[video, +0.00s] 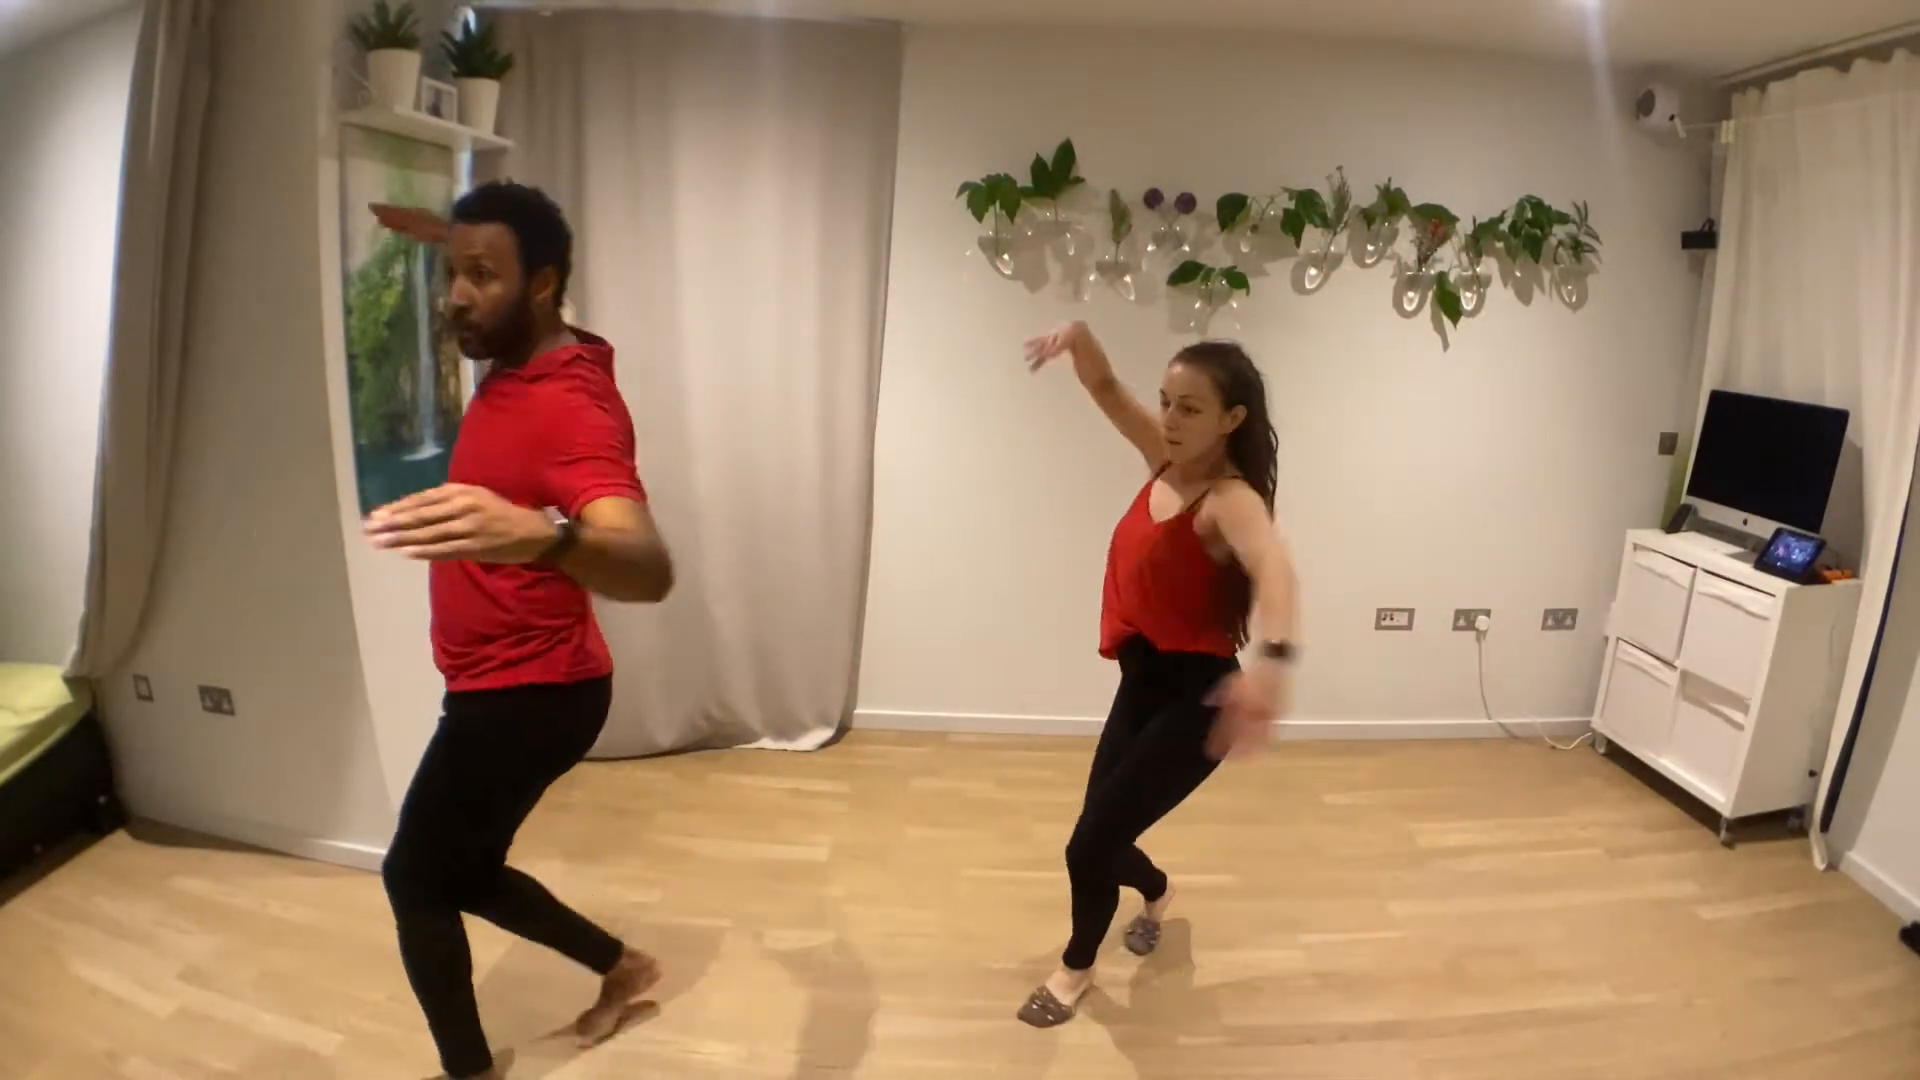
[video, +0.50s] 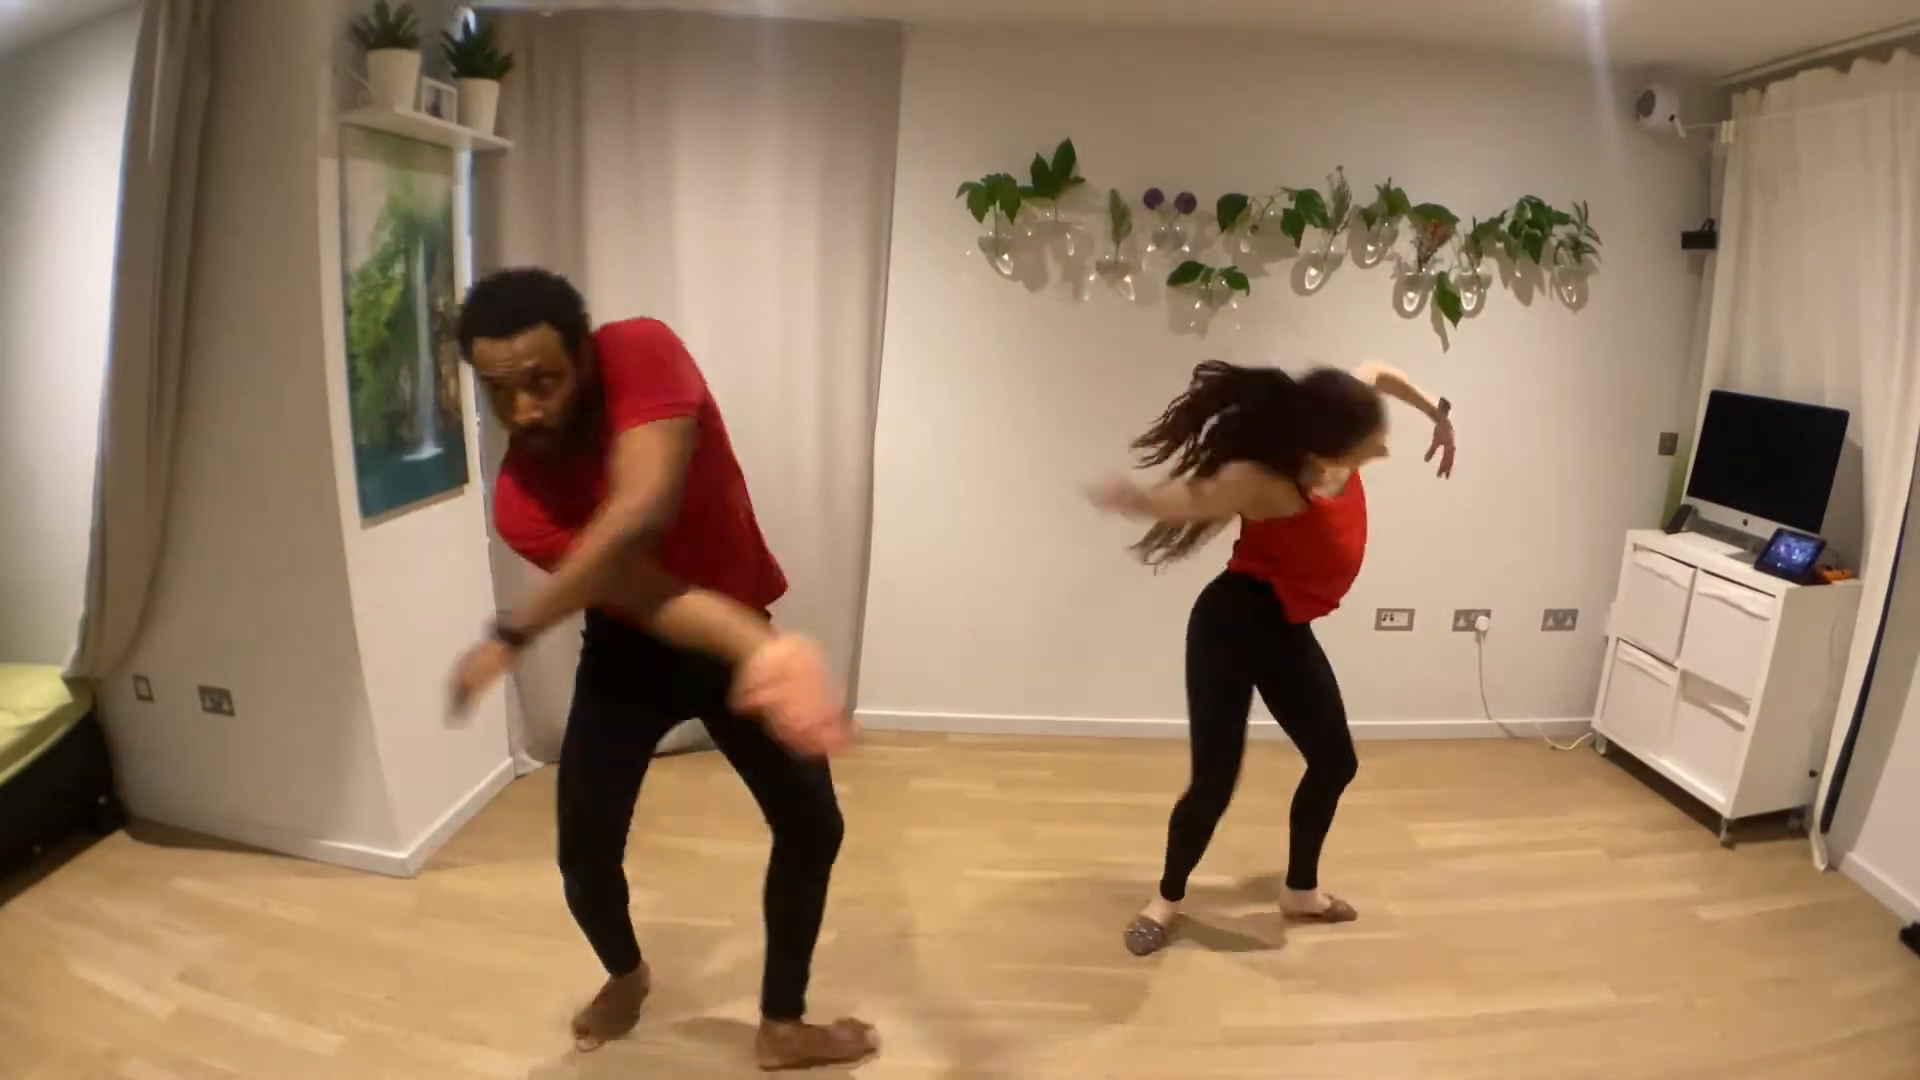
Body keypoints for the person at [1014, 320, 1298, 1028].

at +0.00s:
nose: (1168, 420)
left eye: (1188, 409)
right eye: (1167, 403)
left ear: (1232, 420)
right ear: (1160, 404)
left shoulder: (1231, 501)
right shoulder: (1167, 458)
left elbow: (1275, 567)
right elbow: (1107, 391)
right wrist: (1078, 338)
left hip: (1202, 692)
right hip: (1144, 678)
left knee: (1092, 849)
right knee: (1096, 831)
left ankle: (1074, 970)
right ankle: (1156, 889)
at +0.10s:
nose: (1190, 404)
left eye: (1210, 393)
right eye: (1181, 387)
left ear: (1241, 405)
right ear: (1169, 389)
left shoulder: (1253, 489)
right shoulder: (1146, 441)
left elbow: (1357, 552)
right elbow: (1092, 373)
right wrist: (1071, 290)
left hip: (1223, 680)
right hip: (1157, 671)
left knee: (1132, 831)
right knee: (1116, 826)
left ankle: (1074, 972)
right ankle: (1171, 900)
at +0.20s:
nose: (1220, 389)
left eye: (1236, 376)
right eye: (1206, 373)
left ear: (1256, 384)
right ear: (1181, 378)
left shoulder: (1273, 466)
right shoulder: (1149, 438)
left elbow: (1371, 516)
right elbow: (1070, 380)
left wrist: (1466, 557)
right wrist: (1049, 289)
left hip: (1246, 662)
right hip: (1169, 663)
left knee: (1187, 820)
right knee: (1129, 818)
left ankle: (1149, 939)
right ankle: (1178, 891)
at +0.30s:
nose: (1254, 375)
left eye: (1264, 359)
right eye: (1233, 363)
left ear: (1280, 364)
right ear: (1202, 375)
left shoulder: (1308, 447)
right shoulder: (1177, 441)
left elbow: (1366, 480)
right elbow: (1073, 391)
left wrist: (1412, 497)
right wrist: (1024, 315)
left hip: (1264, 640)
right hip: (1184, 634)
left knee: (1252, 802)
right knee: (1148, 792)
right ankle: (1178, 907)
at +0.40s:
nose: (1310, 391)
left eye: (1311, 374)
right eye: (1291, 386)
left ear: (1318, 367)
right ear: (1248, 401)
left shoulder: (1329, 427)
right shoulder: (1216, 450)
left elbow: (1366, 430)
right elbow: (1107, 422)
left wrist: (1409, 439)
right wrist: (1013, 354)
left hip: (1279, 627)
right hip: (1205, 617)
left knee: (1308, 782)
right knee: (1173, 778)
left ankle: (1296, 870)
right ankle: (1171, 897)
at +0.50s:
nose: (1357, 469)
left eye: (1361, 458)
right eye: (1348, 459)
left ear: (1356, 448)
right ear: (1314, 453)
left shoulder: (1344, 444)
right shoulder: (1263, 482)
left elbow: (1377, 371)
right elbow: (1197, 498)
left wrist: (1438, 414)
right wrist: (1144, 500)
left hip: (1285, 630)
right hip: (1229, 622)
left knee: (1334, 761)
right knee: (1214, 780)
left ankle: (1301, 891)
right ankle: (1167, 897)